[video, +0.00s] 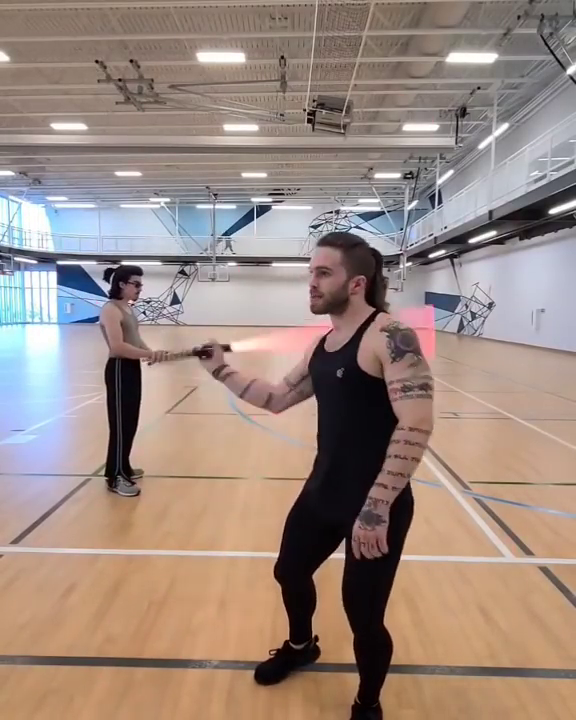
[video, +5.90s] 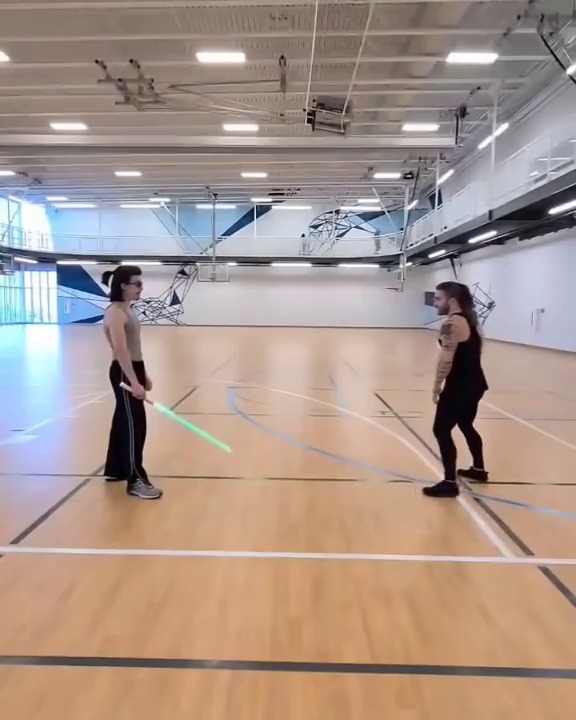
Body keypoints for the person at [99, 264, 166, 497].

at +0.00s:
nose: (139, 289)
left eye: (140, 285)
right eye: (135, 285)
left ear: (130, 287)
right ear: (121, 285)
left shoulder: (128, 309)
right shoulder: (111, 310)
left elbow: (134, 341)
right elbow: (116, 347)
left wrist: (152, 352)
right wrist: (148, 354)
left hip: (131, 366)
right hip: (120, 368)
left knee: (129, 422)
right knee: (121, 423)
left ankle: (123, 468)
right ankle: (114, 477)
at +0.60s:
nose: (139, 288)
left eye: (140, 284)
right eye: (135, 284)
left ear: (132, 287)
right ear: (121, 285)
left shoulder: (125, 309)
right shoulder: (113, 309)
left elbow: (127, 343)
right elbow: (109, 345)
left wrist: (134, 371)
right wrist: (121, 376)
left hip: (131, 371)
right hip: (120, 373)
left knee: (130, 425)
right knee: (120, 426)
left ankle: (125, 468)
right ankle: (114, 476)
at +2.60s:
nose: (138, 289)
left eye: (138, 285)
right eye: (133, 284)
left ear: (130, 287)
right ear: (120, 286)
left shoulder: (124, 310)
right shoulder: (113, 312)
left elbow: (129, 347)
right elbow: (118, 350)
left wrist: (138, 376)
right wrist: (132, 381)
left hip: (132, 368)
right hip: (123, 370)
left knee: (122, 422)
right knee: (135, 424)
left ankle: (115, 468)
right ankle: (135, 479)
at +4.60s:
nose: (138, 289)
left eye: (139, 285)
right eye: (134, 285)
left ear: (132, 288)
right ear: (120, 286)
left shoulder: (127, 311)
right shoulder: (114, 313)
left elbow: (133, 347)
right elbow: (119, 351)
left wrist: (143, 373)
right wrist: (132, 382)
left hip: (132, 370)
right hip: (123, 372)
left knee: (123, 422)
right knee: (136, 424)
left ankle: (114, 468)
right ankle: (135, 479)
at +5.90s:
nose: (140, 288)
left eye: (140, 284)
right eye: (135, 284)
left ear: (134, 287)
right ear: (122, 286)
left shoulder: (126, 310)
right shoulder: (115, 313)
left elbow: (133, 347)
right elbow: (120, 351)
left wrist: (143, 374)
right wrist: (133, 381)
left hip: (132, 369)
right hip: (124, 372)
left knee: (123, 422)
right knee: (137, 425)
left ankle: (115, 467)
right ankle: (135, 480)